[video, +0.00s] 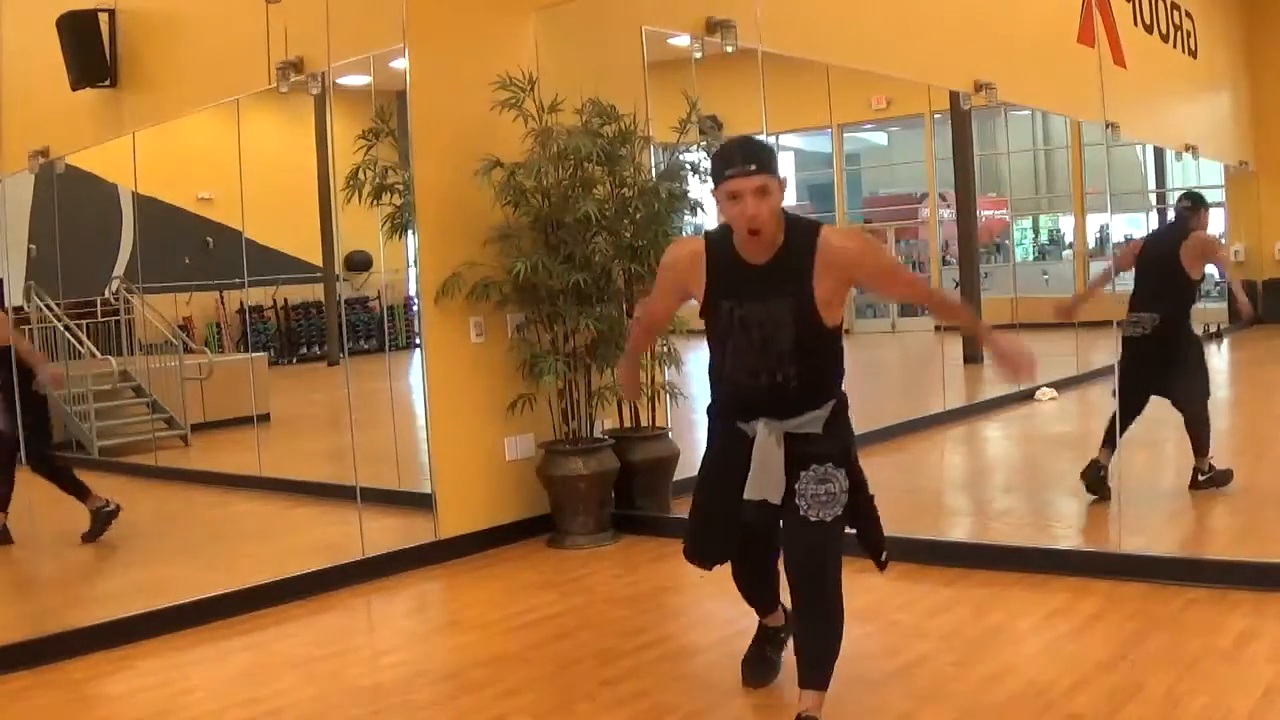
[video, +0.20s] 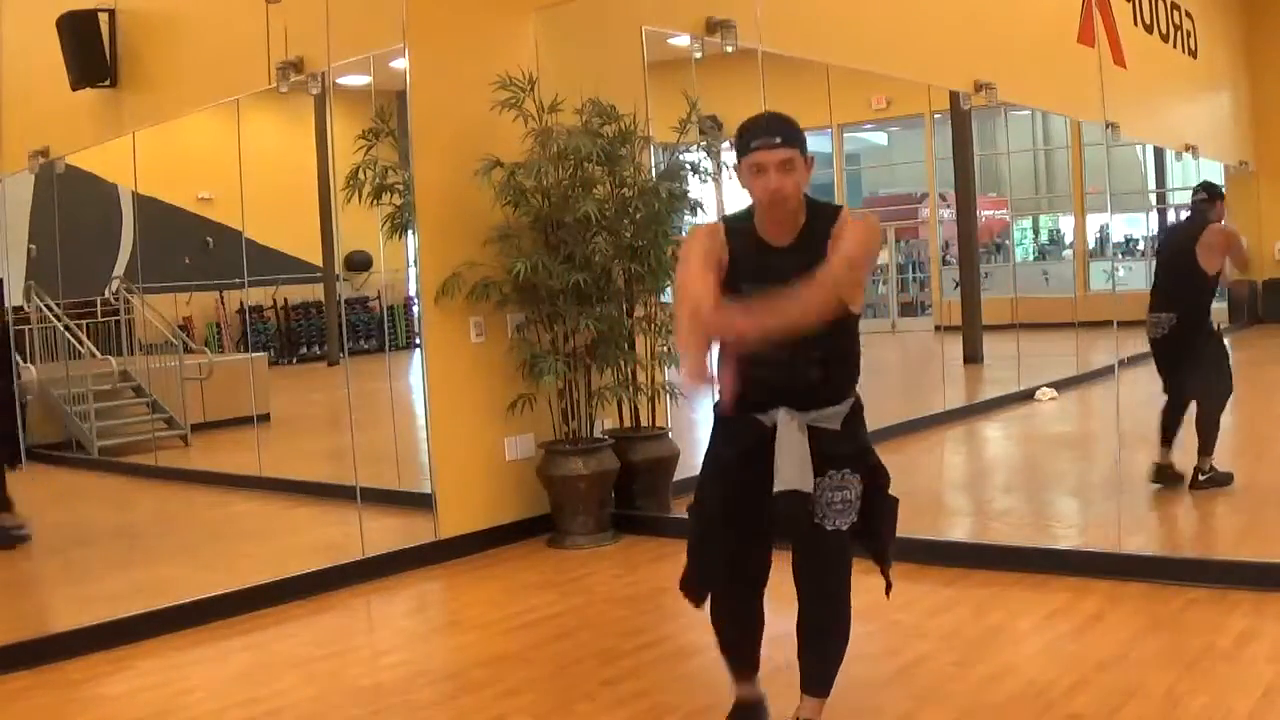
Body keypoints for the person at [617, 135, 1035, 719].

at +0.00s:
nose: (749, 213)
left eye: (760, 194)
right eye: (734, 198)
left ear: (781, 190)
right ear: (717, 201)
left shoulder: (835, 250)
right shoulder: (689, 260)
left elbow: (924, 294)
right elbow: (651, 318)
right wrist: (630, 362)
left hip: (815, 433)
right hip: (737, 436)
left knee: (813, 571)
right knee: (746, 553)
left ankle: (810, 706)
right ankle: (773, 620)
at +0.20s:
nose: (774, 182)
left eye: (785, 167)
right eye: (759, 171)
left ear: (806, 168)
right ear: (741, 178)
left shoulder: (852, 228)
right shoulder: (709, 242)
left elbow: (821, 300)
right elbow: (693, 322)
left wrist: (737, 324)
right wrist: (694, 361)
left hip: (828, 427)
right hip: (744, 429)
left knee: (825, 577)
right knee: (734, 575)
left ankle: (812, 707)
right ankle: (746, 695)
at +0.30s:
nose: (767, 166)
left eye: (782, 153)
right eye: (751, 155)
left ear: (806, 161)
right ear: (732, 164)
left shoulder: (847, 212)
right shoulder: (716, 231)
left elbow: (776, 203)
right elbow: (696, 228)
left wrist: (695, 161)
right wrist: (740, 200)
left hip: (834, 430)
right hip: (748, 432)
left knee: (827, 583)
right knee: (735, 581)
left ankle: (812, 709)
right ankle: (727, 710)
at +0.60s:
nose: (762, 159)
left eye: (774, 145)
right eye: (744, 148)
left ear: (797, 153)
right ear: (719, 160)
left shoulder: (840, 199)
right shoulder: (710, 232)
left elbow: (771, 186)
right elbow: (678, 241)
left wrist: (675, 161)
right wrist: (708, 173)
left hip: (848, 438)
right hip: (760, 442)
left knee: (836, 599)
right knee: (750, 599)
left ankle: (813, 710)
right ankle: (757, 716)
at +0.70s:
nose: (756, 162)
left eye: (768, 147)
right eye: (737, 153)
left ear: (790, 159)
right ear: (717, 175)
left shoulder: (839, 217)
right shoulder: (694, 252)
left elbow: (809, 283)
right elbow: (681, 318)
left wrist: (746, 321)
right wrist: (680, 380)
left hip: (853, 467)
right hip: (762, 475)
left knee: (840, 658)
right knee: (783, 661)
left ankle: (793, 711)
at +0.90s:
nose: (719, 146)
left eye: (732, 133)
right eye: (698, 142)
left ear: (761, 156)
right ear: (683, 179)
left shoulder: (835, 244)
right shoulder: (675, 276)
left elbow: (916, 333)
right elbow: (663, 373)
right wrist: (649, 454)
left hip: (840, 481)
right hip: (745, 484)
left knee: (833, 641)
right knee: (756, 657)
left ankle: (817, 709)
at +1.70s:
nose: (699, 139)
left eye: (721, 121)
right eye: (676, 125)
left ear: (757, 146)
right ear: (652, 159)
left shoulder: (826, 244)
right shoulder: (633, 268)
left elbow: (774, 342)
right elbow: (588, 435)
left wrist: (628, 248)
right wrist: (599, 377)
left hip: (793, 556)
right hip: (679, 550)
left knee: (798, 706)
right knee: (684, 705)